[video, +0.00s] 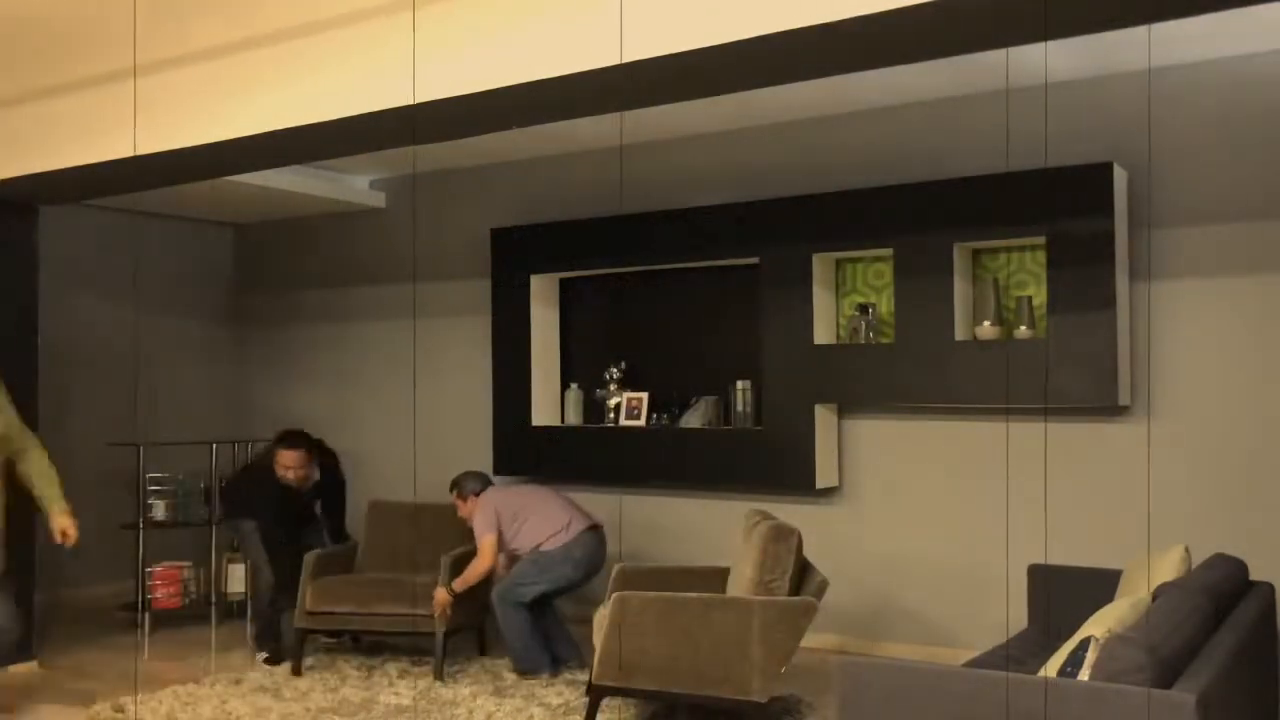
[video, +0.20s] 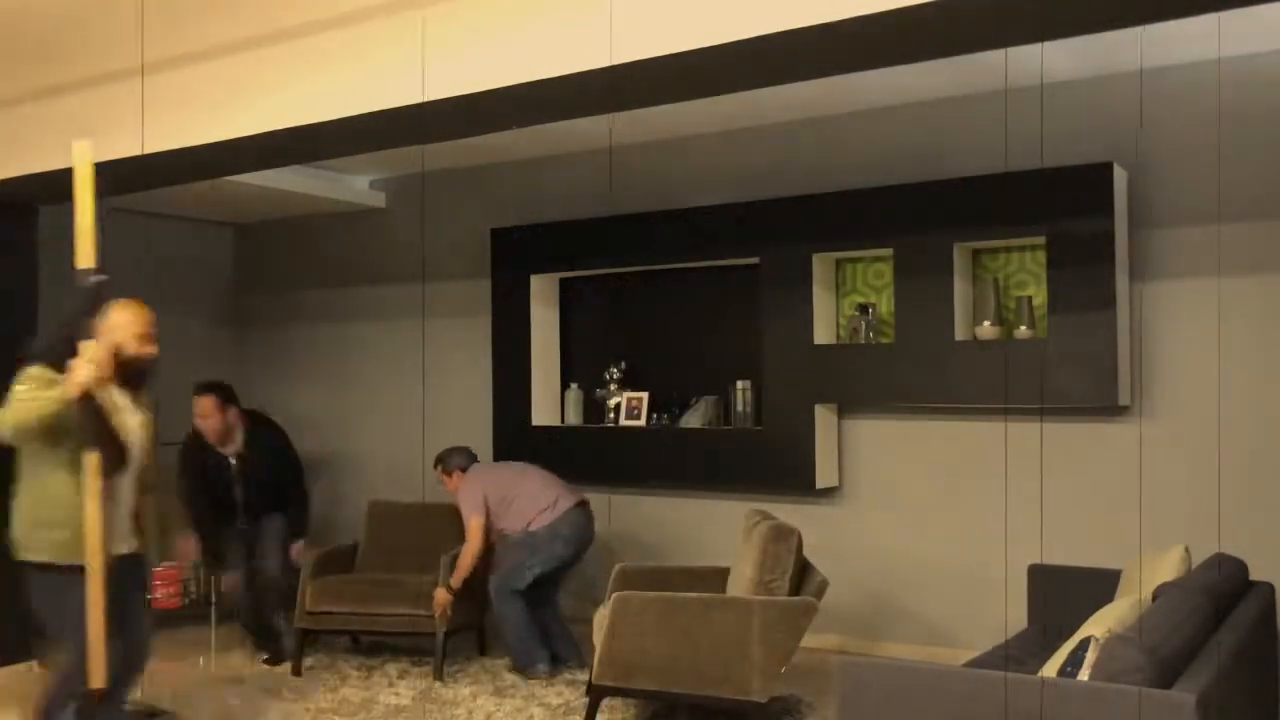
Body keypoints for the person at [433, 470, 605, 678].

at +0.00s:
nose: (459, 514)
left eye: (458, 505)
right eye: (457, 507)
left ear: (472, 498)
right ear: (482, 493)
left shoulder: (484, 505)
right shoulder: (506, 497)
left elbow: (485, 561)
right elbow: (505, 564)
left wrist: (450, 591)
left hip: (570, 548)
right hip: (590, 542)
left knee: (505, 596)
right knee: (534, 599)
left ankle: (533, 669)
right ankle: (570, 660)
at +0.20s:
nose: (447, 488)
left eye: (445, 481)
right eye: (443, 482)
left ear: (456, 473)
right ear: (470, 465)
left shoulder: (470, 485)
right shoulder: (493, 473)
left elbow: (475, 543)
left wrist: (450, 589)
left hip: (558, 525)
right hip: (578, 518)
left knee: (503, 586)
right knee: (539, 594)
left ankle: (533, 664)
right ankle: (568, 660)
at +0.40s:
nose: (390, 453)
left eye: (390, 444)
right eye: (388, 445)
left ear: (405, 441)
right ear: (415, 438)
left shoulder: (421, 463)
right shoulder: (438, 450)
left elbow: (432, 522)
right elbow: (487, 493)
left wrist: (430, 573)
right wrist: (464, 544)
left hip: (516, 516)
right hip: (532, 505)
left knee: (488, 596)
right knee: (515, 590)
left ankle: (510, 675)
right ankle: (555, 644)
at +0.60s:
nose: (507, 358)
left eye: (510, 349)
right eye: (505, 346)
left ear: (466, 334)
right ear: (489, 338)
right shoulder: (449, 372)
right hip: (459, 561)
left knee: (460, 676)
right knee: (510, 675)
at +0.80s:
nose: (645, 347)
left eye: (644, 338)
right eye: (641, 336)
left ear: (602, 339)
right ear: (620, 334)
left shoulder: (563, 393)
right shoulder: (622, 372)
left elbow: (539, 473)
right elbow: (662, 419)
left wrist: (565, 531)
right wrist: (722, 395)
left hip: (584, 548)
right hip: (624, 546)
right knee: (637, 662)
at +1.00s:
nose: (759, 353)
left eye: (755, 348)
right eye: (757, 347)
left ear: (714, 355)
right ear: (751, 347)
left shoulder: (677, 403)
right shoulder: (762, 371)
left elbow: (658, 481)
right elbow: (828, 417)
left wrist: (688, 541)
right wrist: (855, 395)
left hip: (717, 553)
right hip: (772, 545)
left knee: (765, 653)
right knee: (805, 645)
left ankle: (754, 711)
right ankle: (792, 712)